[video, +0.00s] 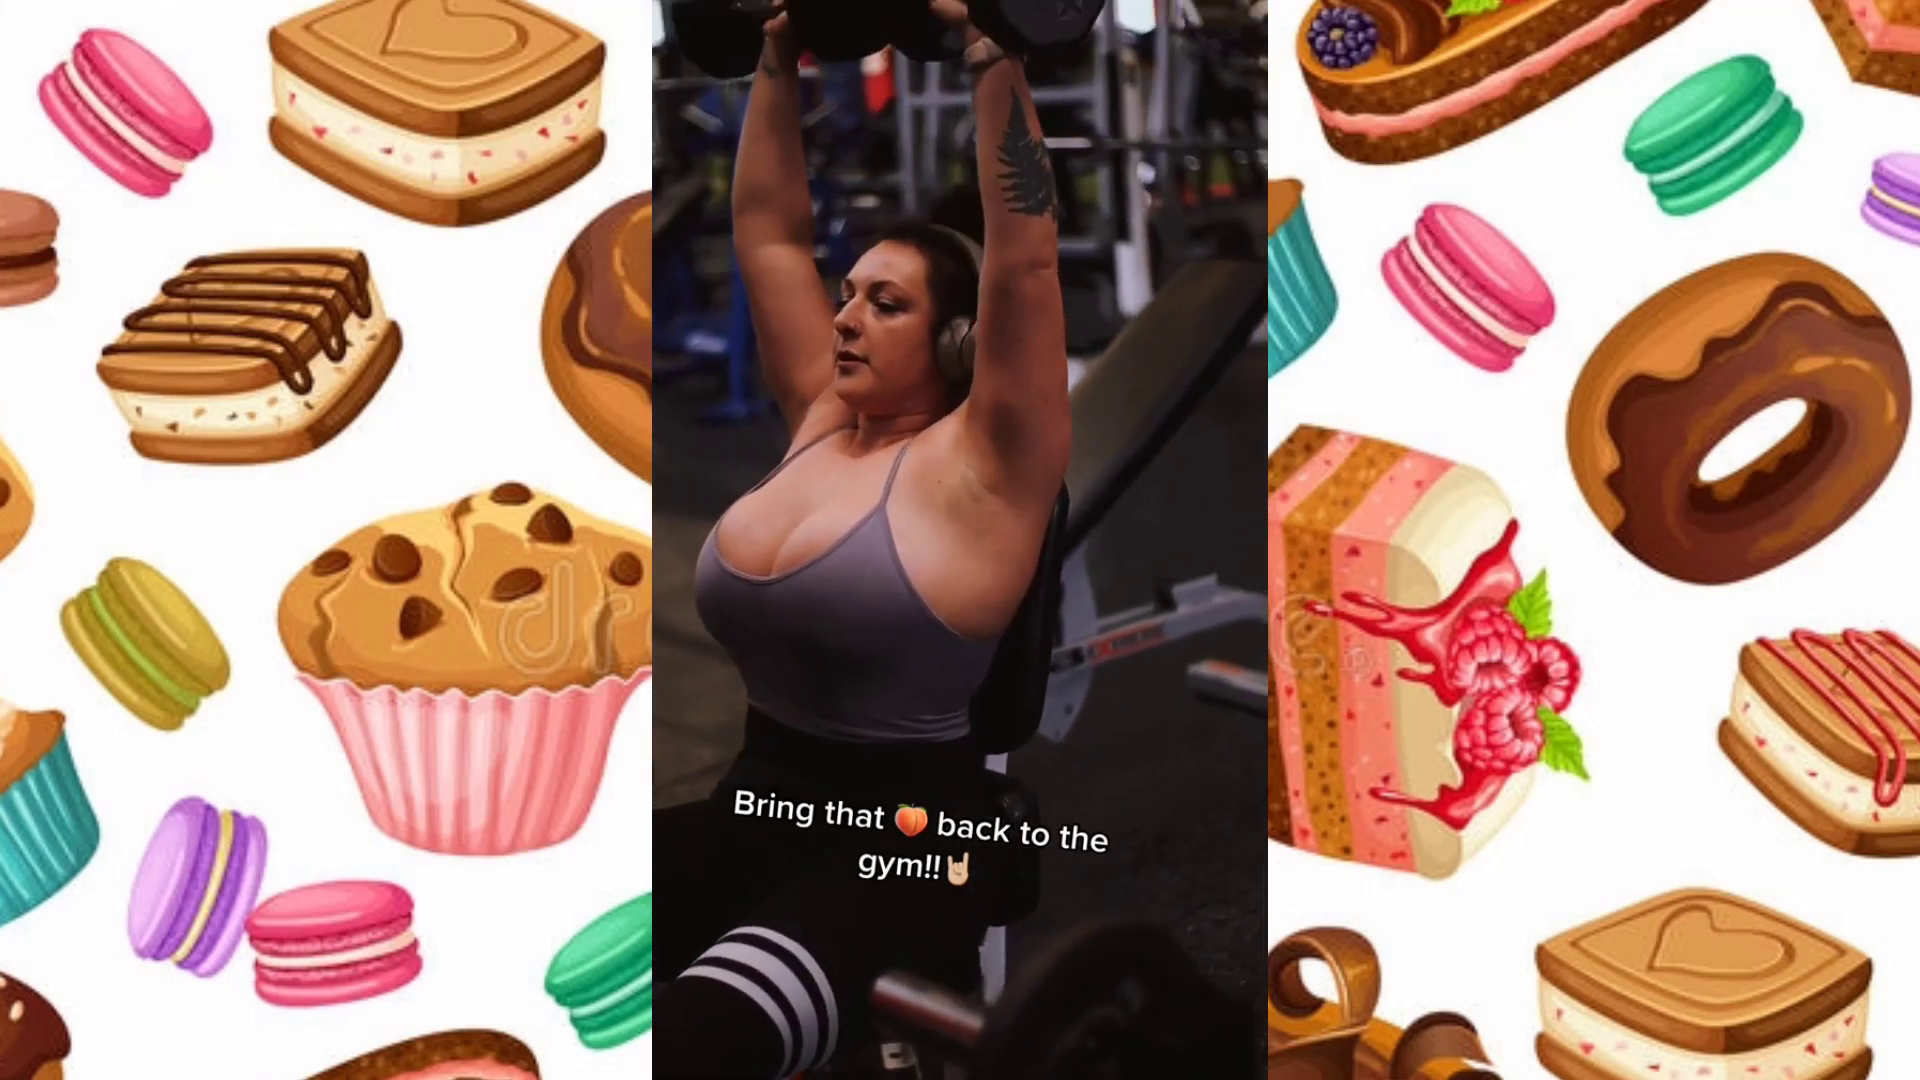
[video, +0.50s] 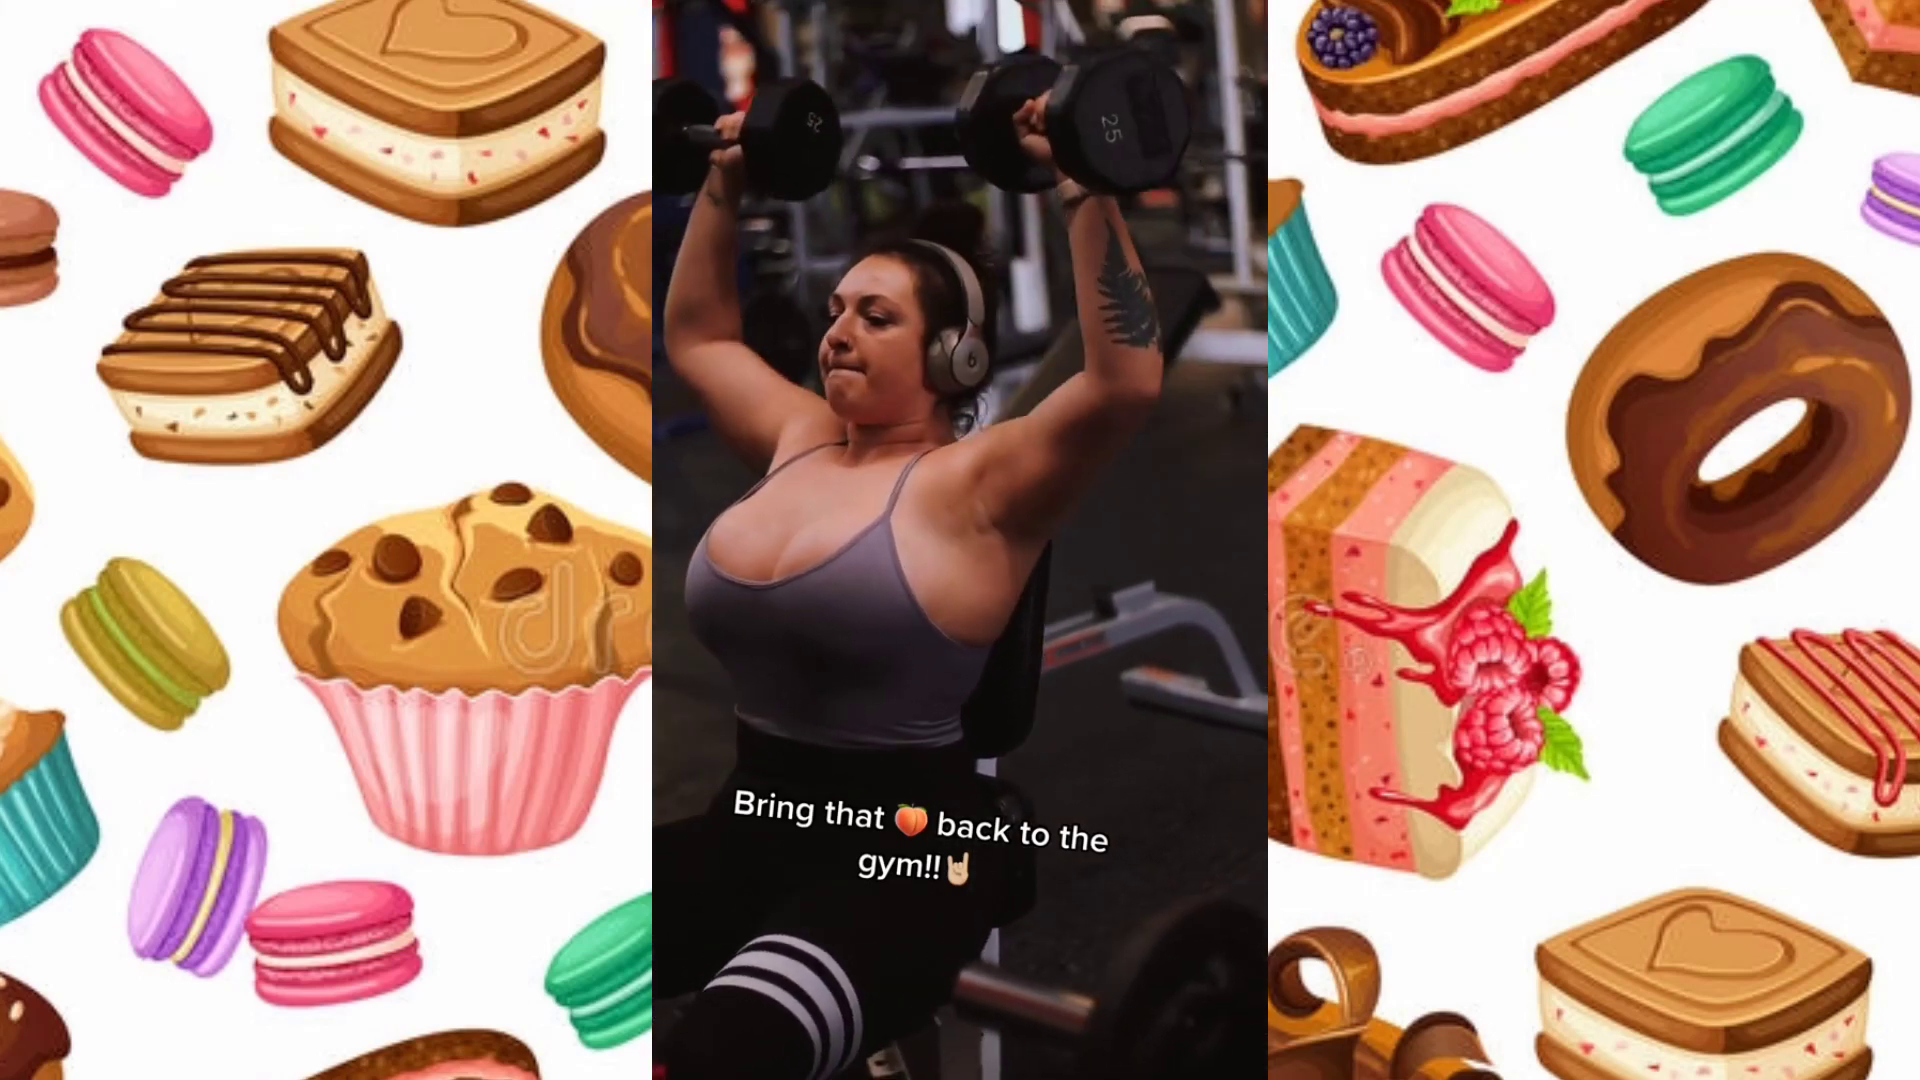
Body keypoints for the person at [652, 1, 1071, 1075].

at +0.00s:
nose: (848, 318)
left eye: (887, 303)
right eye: (851, 295)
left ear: (958, 340)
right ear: (838, 314)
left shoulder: (992, 460)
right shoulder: (826, 418)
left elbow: (1026, 260)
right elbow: (769, 231)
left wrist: (993, 54)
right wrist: (777, 48)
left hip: (897, 849)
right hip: (755, 820)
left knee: (696, 1035)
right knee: (552, 913)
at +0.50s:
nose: (839, 332)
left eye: (874, 316)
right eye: (836, 312)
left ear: (951, 351)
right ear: (826, 332)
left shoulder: (984, 485)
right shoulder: (801, 436)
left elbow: (1125, 381)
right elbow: (697, 333)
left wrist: (1082, 182)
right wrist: (720, 191)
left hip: (904, 851)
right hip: (756, 826)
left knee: (720, 1046)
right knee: (551, 944)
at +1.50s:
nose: (898, 318)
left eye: (932, 304)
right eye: (894, 302)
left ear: (995, 340)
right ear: (882, 323)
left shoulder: (1027, 460)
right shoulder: (843, 427)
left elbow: (1197, 441)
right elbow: (736, 382)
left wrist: (1145, 280)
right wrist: (749, 248)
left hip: (961, 780)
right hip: (822, 762)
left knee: (822, 955)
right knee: (608, 869)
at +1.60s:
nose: (908, 335)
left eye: (941, 321)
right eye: (904, 319)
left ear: (1005, 358)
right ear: (890, 340)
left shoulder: (1032, 476)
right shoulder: (848, 438)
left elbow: (1186, 423)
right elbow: (743, 368)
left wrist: (1130, 258)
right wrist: (757, 237)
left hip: (961, 797)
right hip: (823, 779)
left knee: (824, 966)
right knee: (608, 885)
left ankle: (922, 1046)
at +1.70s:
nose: (910, 345)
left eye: (944, 333)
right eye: (906, 328)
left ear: (1002, 372)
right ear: (889, 353)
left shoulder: (1031, 484)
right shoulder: (852, 447)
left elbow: (1169, 396)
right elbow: (748, 354)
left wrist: (1118, 237)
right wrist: (762, 217)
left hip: (960, 807)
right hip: (823, 790)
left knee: (832, 979)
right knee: (608, 898)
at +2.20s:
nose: (887, 411)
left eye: (919, 396)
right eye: (882, 394)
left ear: (974, 423)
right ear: (866, 417)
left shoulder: (1005, 524)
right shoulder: (843, 499)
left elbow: (1022, 353)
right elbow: (796, 341)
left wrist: (1001, 184)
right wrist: (798, 185)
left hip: (946, 853)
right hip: (810, 839)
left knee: (816, 1026)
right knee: (611, 953)